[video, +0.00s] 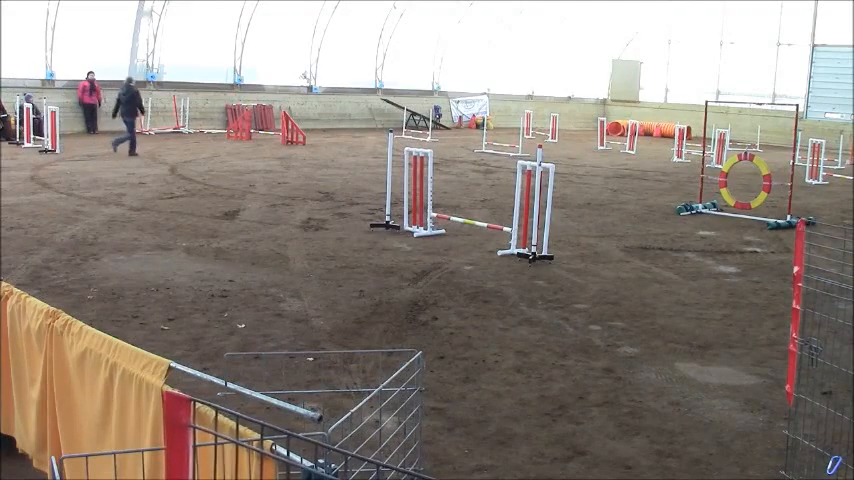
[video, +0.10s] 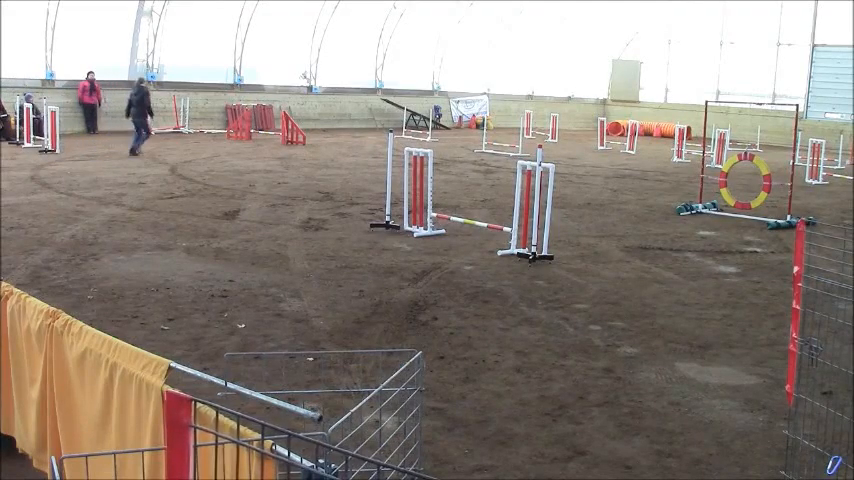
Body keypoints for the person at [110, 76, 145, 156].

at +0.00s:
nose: (133, 84)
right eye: (132, 82)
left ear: (125, 82)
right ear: (132, 83)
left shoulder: (122, 90)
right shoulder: (134, 91)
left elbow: (118, 102)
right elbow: (139, 102)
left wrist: (114, 113)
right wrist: (142, 111)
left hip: (123, 114)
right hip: (131, 114)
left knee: (131, 133)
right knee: (131, 133)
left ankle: (132, 150)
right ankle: (116, 142)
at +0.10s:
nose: (143, 84)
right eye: (143, 83)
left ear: (137, 82)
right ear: (143, 83)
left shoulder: (134, 90)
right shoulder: (145, 91)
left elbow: (130, 102)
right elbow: (147, 104)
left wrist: (127, 112)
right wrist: (151, 113)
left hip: (134, 115)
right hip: (142, 116)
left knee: (138, 132)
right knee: (147, 132)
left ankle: (134, 147)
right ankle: (136, 146)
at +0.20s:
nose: (154, 82)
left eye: (153, 81)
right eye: (154, 81)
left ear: (149, 81)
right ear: (155, 81)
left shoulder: (146, 88)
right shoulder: (155, 88)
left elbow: (141, 98)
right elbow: (155, 100)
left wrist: (140, 109)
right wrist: (158, 110)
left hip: (145, 112)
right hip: (152, 112)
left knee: (143, 130)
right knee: (159, 129)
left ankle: (135, 147)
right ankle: (160, 147)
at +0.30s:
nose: (167, 83)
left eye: (166, 81)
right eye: (166, 82)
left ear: (160, 81)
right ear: (166, 81)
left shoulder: (157, 88)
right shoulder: (166, 89)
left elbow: (153, 100)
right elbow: (166, 101)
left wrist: (152, 110)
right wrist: (170, 110)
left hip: (157, 112)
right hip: (164, 113)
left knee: (156, 131)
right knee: (168, 130)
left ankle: (143, 142)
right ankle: (171, 148)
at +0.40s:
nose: (177, 85)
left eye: (177, 84)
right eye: (177, 84)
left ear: (171, 83)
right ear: (176, 84)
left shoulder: (167, 91)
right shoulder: (177, 91)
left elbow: (163, 102)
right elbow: (180, 103)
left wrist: (160, 112)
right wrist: (185, 112)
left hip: (167, 113)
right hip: (174, 114)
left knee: (172, 133)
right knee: (178, 132)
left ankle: (159, 142)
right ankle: (173, 149)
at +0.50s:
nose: (186, 85)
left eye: (185, 83)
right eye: (186, 83)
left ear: (180, 83)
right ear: (186, 83)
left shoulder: (176, 91)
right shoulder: (188, 91)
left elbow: (172, 102)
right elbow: (193, 101)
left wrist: (168, 111)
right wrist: (196, 109)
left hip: (177, 112)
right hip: (185, 112)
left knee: (184, 130)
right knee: (184, 132)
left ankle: (181, 146)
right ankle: (174, 147)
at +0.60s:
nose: (194, 84)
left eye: (192, 82)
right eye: (195, 82)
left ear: (190, 82)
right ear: (196, 82)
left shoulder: (186, 90)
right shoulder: (199, 90)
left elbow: (182, 101)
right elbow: (204, 100)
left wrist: (177, 110)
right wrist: (205, 108)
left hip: (188, 111)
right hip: (196, 111)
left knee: (196, 129)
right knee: (189, 130)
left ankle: (202, 145)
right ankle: (178, 145)